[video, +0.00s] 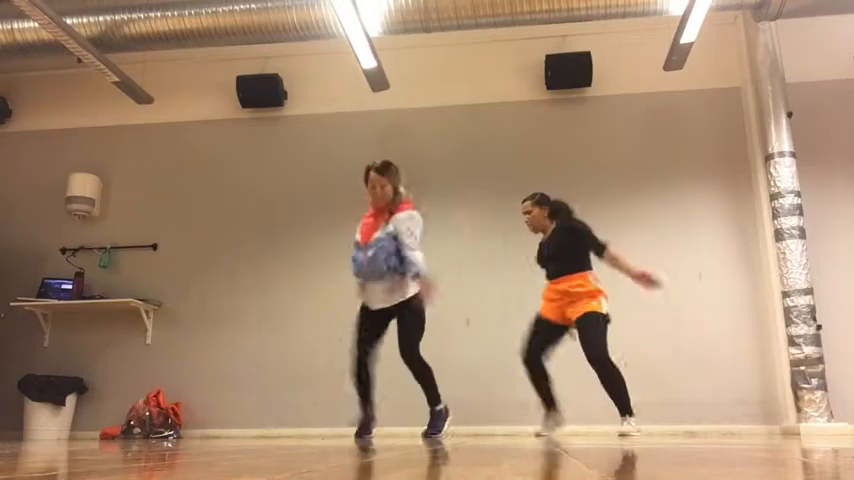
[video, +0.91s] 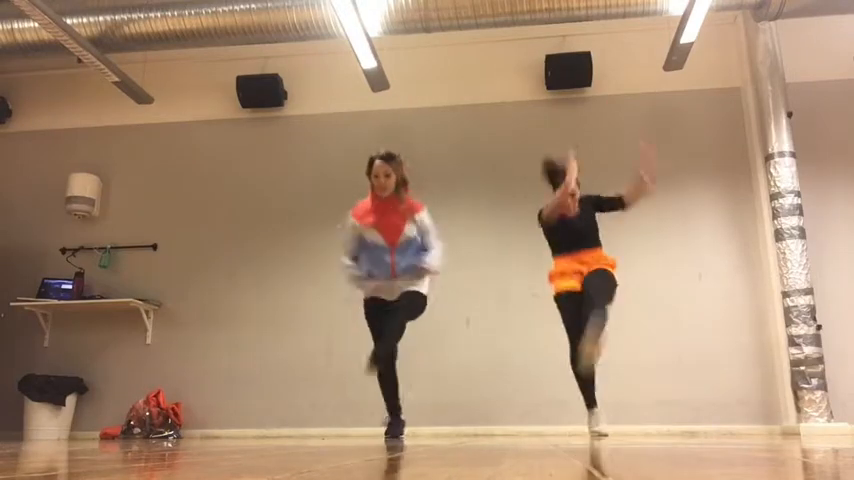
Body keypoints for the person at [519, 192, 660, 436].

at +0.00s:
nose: (525, 220)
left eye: (528, 213)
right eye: (523, 215)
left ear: (544, 210)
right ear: (538, 214)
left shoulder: (572, 228)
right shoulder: (544, 245)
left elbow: (605, 254)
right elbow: (558, 284)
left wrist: (635, 274)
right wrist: (565, 319)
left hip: (585, 298)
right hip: (556, 303)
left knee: (597, 356)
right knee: (530, 356)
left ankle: (627, 417)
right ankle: (552, 413)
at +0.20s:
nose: (545, 209)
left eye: (549, 204)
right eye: (540, 205)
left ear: (558, 204)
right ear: (532, 208)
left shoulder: (572, 221)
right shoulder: (529, 220)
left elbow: (613, 228)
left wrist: (654, 230)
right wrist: (482, 191)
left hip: (580, 283)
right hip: (550, 290)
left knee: (594, 315)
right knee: (543, 353)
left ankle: (614, 381)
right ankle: (552, 414)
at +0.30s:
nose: (554, 200)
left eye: (558, 195)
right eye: (548, 196)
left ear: (567, 196)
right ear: (542, 199)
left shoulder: (579, 213)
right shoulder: (534, 206)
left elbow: (622, 215)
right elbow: (503, 191)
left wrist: (665, 212)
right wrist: (488, 165)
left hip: (582, 270)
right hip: (553, 279)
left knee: (578, 282)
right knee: (543, 339)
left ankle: (592, 351)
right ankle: (545, 398)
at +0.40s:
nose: (565, 191)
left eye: (569, 186)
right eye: (560, 187)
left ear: (578, 189)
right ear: (552, 192)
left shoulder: (588, 211)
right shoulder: (540, 207)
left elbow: (625, 224)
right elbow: (516, 221)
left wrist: (659, 234)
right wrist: (506, 218)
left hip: (582, 271)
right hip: (551, 276)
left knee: (578, 292)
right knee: (535, 327)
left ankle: (580, 366)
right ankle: (564, 348)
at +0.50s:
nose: (574, 190)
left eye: (578, 186)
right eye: (569, 186)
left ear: (587, 194)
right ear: (560, 195)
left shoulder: (596, 223)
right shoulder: (547, 223)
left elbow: (613, 250)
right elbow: (534, 261)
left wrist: (640, 269)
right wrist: (521, 292)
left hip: (580, 288)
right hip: (549, 287)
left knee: (579, 348)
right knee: (536, 324)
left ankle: (580, 416)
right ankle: (567, 302)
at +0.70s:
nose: (572, 180)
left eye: (576, 175)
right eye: (567, 176)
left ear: (584, 180)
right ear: (559, 182)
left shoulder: (598, 208)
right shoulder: (549, 210)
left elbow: (621, 237)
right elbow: (525, 244)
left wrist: (647, 263)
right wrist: (502, 272)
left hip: (590, 282)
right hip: (557, 281)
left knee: (583, 345)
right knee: (541, 344)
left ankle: (579, 414)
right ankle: (570, 330)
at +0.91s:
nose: (574, 188)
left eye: (575, 183)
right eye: (568, 185)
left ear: (578, 183)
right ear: (556, 186)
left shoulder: (588, 204)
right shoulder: (547, 216)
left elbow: (621, 202)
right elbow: (555, 207)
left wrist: (642, 184)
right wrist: (569, 179)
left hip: (597, 266)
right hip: (567, 274)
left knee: (597, 296)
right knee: (578, 344)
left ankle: (592, 343)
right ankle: (592, 410)